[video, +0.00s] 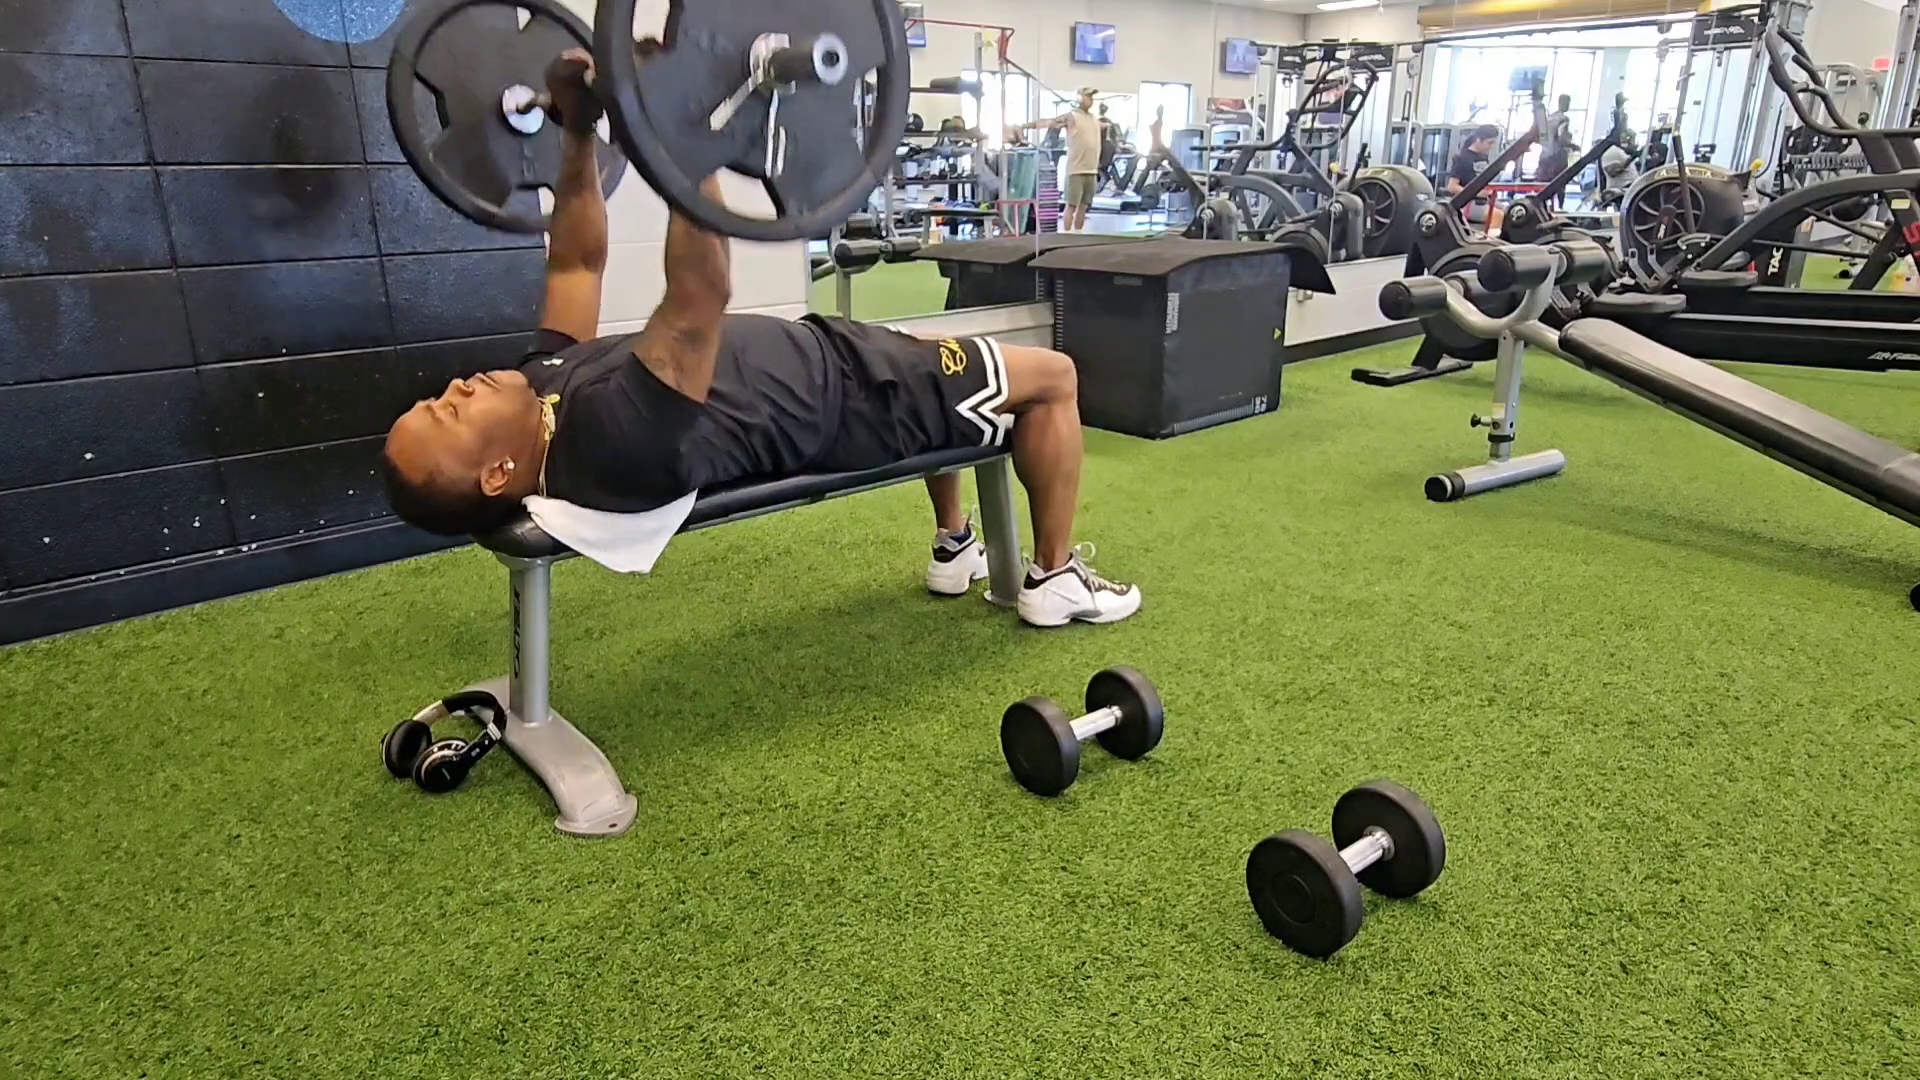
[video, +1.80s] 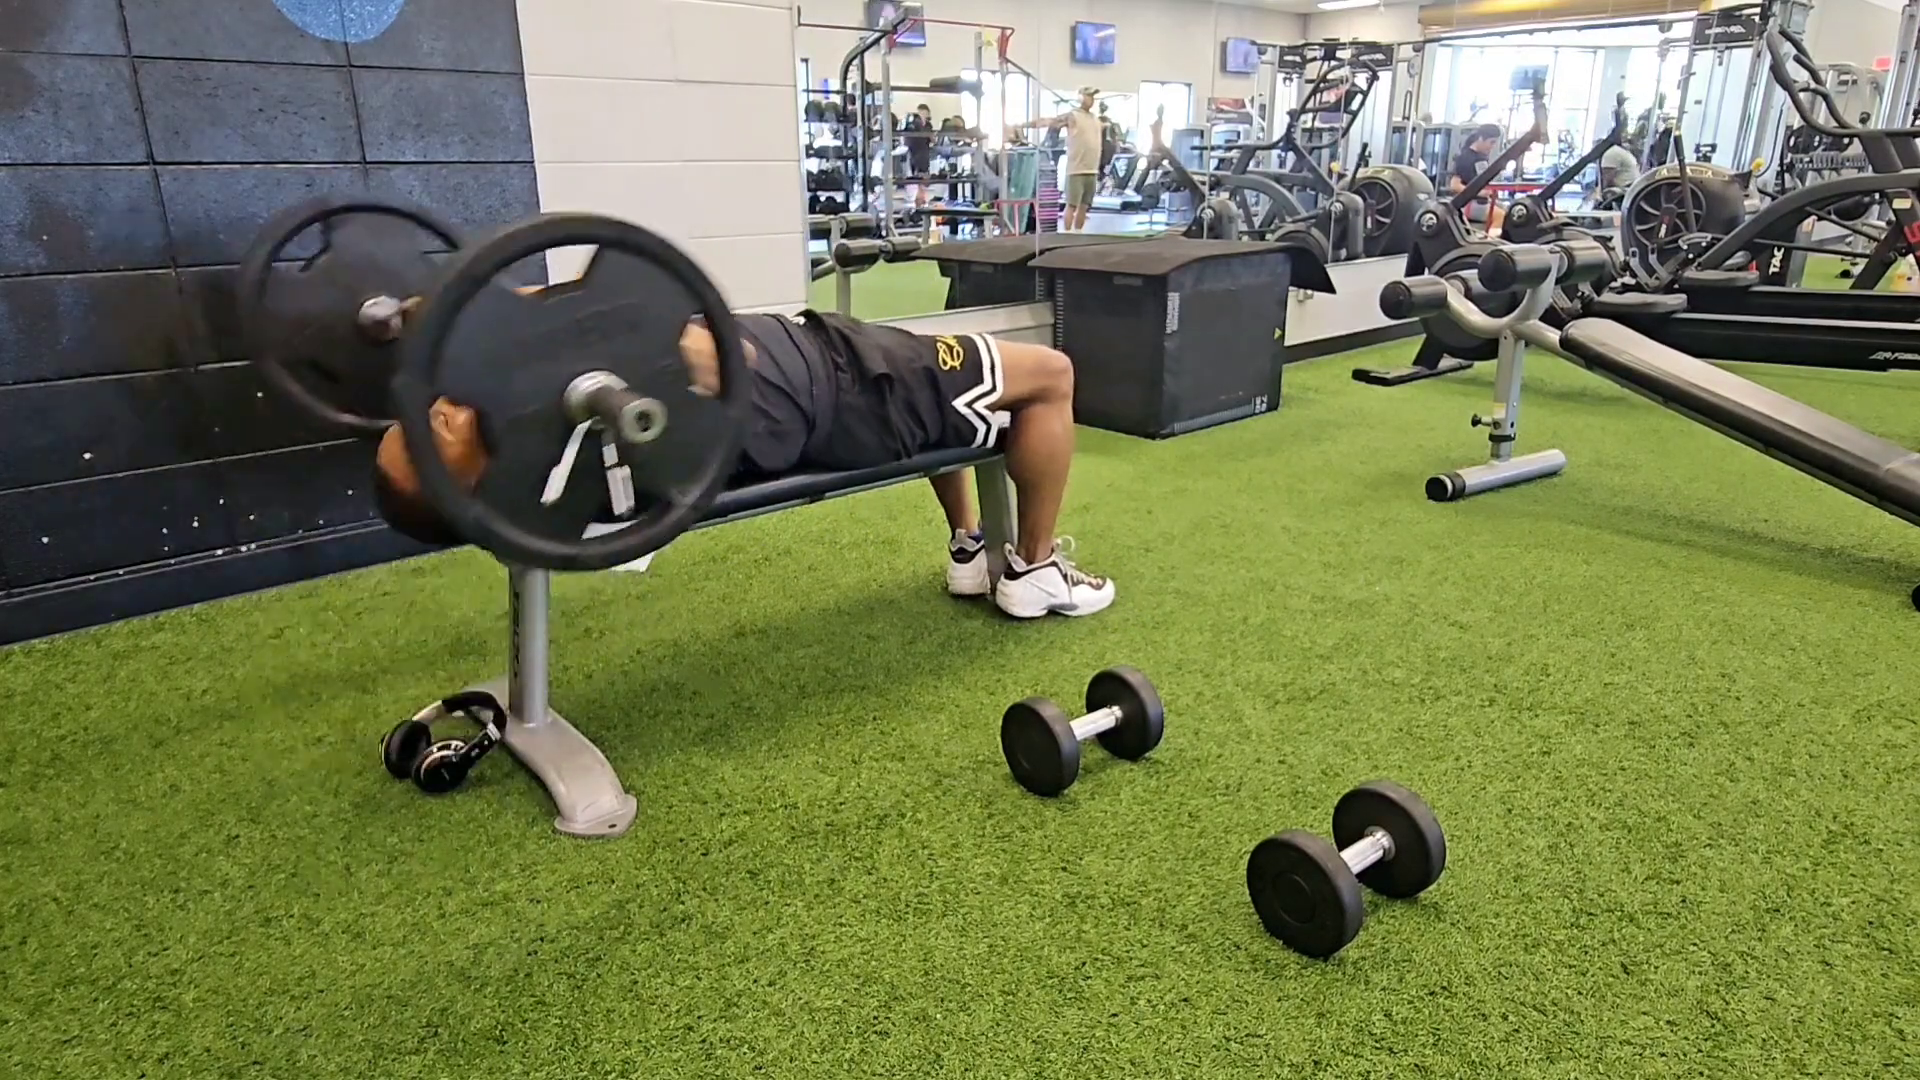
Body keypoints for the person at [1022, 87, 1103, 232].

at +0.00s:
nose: (1091, 100)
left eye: (1092, 97)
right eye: (1088, 97)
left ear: (1091, 100)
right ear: (1080, 98)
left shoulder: (1094, 119)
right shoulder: (1071, 116)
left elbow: (1101, 125)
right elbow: (1049, 123)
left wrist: (1108, 124)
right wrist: (1025, 126)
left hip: (1091, 168)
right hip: (1076, 168)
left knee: (1084, 206)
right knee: (1072, 205)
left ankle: (1078, 234)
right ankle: (1067, 234)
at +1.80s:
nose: (1092, 100)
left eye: (1093, 97)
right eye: (1089, 96)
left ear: (1092, 99)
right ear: (1082, 97)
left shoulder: (1095, 120)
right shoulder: (1072, 116)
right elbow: (1049, 122)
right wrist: (1023, 125)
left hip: (1092, 169)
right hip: (1076, 168)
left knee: (1084, 207)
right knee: (1072, 205)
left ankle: (1077, 235)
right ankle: (1067, 235)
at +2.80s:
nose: (1073, 103)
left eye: (1074, 100)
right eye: (1070, 99)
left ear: (1074, 102)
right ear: (1062, 101)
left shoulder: (1078, 121)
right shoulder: (1053, 119)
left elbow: (1088, 130)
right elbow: (1035, 127)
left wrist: (1102, 133)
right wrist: (1016, 131)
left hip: (1072, 171)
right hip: (1054, 171)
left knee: (1073, 204)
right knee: (1051, 207)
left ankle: (1076, 234)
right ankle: (1047, 234)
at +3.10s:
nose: (1063, 102)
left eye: (1063, 99)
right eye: (1059, 98)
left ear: (1063, 101)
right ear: (1051, 100)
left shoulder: (1068, 120)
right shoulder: (1043, 119)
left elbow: (1082, 128)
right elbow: (1024, 128)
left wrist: (1097, 131)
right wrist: (1007, 129)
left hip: (1063, 169)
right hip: (1046, 170)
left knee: (1063, 201)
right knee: (1043, 205)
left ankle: (1054, 229)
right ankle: (1042, 233)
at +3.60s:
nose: (1054, 105)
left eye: (1055, 102)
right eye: (1051, 102)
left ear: (1055, 105)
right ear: (1044, 103)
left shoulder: (1058, 124)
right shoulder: (1036, 121)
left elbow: (1075, 130)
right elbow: (1024, 131)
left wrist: (1093, 133)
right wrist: (1013, 133)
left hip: (1051, 170)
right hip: (1037, 170)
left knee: (1039, 203)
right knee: (1043, 203)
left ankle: (1030, 230)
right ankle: (1043, 233)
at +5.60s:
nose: (1055, 105)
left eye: (1057, 102)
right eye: (1052, 101)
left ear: (1059, 105)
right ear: (1045, 103)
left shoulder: (1060, 124)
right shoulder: (1036, 120)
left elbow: (1077, 132)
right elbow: (1025, 128)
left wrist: (1094, 134)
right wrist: (1016, 130)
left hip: (1055, 171)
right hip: (1040, 171)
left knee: (1054, 205)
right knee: (1044, 206)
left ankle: (1036, 227)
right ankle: (1041, 233)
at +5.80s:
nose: (1061, 106)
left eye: (1063, 103)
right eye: (1059, 102)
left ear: (1065, 105)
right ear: (1051, 102)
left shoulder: (1064, 123)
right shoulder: (1041, 118)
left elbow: (1081, 131)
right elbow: (1027, 124)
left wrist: (1099, 132)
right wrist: (1016, 124)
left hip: (1061, 169)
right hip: (1044, 170)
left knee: (1068, 201)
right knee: (1043, 205)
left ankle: (1055, 228)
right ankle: (1040, 233)